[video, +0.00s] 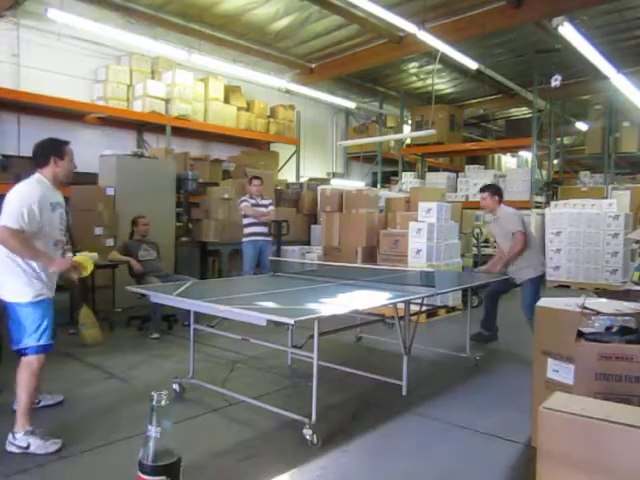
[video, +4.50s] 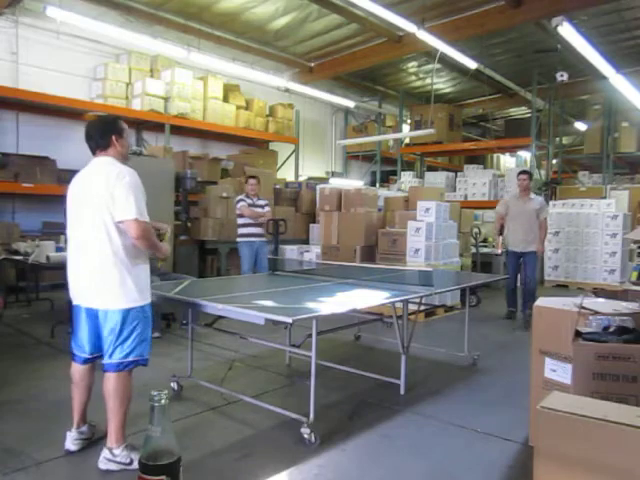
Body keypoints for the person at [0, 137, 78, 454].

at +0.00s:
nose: (74, 167)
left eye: (73, 161)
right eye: (70, 160)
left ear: (54, 162)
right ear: (54, 162)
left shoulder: (55, 196)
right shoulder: (27, 191)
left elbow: (54, 240)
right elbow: (9, 234)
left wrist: (69, 261)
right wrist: (51, 261)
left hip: (38, 288)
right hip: (23, 290)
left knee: (36, 349)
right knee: (34, 355)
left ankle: (27, 397)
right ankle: (21, 431)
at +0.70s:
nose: (77, 146)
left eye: (75, 140)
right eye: (73, 140)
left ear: (51, 146)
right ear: (60, 144)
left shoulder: (45, 176)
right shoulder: (52, 179)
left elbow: (41, 239)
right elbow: (64, 237)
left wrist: (77, 259)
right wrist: (98, 249)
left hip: (51, 287)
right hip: (29, 289)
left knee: (62, 344)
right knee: (24, 360)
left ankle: (65, 416)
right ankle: (19, 433)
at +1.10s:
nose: (96, 145)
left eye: (92, 139)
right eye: (91, 139)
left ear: (71, 146)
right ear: (79, 145)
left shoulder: (72, 175)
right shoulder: (72, 175)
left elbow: (83, 230)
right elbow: (78, 224)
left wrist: (116, 258)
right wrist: (89, 275)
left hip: (67, 282)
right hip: (63, 282)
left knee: (79, 351)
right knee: (75, 351)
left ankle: (68, 420)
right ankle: (33, 422)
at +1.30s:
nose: (107, 141)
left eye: (104, 137)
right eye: (102, 137)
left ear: (81, 144)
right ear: (89, 142)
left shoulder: (84, 171)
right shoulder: (77, 169)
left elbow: (90, 229)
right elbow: (72, 218)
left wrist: (117, 258)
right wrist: (101, 263)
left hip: (73, 282)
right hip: (79, 284)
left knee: (71, 353)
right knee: (86, 359)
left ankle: (66, 417)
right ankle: (82, 442)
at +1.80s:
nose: (139, 141)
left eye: (136, 135)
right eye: (135, 135)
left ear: (110, 141)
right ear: (120, 140)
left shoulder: (106, 171)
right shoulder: (108, 175)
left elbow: (108, 234)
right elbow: (111, 236)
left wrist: (145, 278)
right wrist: (149, 279)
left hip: (113, 289)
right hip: (114, 292)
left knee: (115, 358)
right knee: (114, 366)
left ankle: (84, 404)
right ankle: (114, 446)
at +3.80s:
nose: (135, 144)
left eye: (132, 138)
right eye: (132, 138)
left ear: (99, 143)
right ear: (122, 140)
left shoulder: (78, 177)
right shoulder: (127, 176)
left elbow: (66, 228)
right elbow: (140, 233)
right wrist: (157, 248)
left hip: (80, 289)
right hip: (118, 292)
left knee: (82, 357)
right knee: (116, 365)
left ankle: (78, 428)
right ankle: (116, 445)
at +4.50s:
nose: (128, 144)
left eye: (126, 137)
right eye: (125, 137)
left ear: (95, 144)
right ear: (115, 140)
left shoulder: (79, 179)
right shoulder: (123, 176)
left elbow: (93, 226)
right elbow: (137, 231)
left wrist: (146, 225)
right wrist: (159, 249)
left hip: (84, 290)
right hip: (120, 293)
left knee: (82, 358)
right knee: (119, 367)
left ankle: (77, 429)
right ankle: (115, 448)